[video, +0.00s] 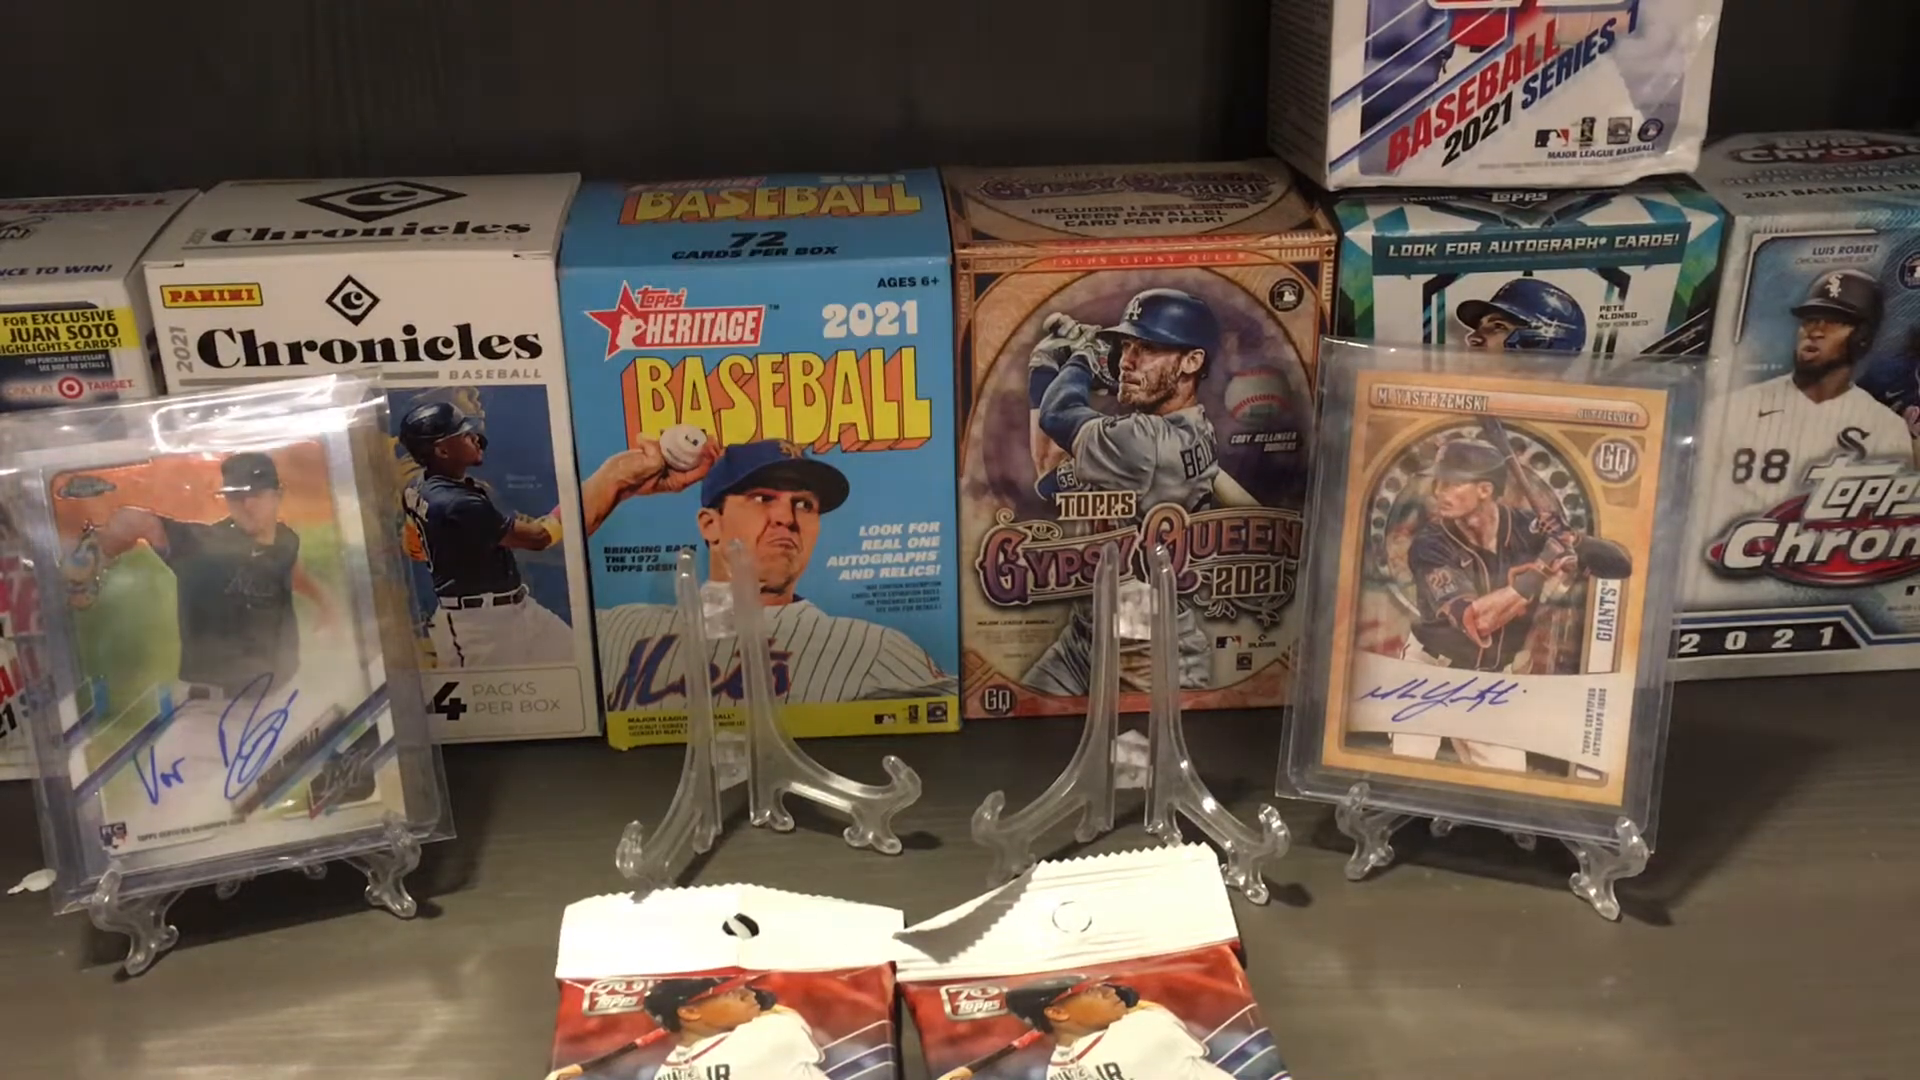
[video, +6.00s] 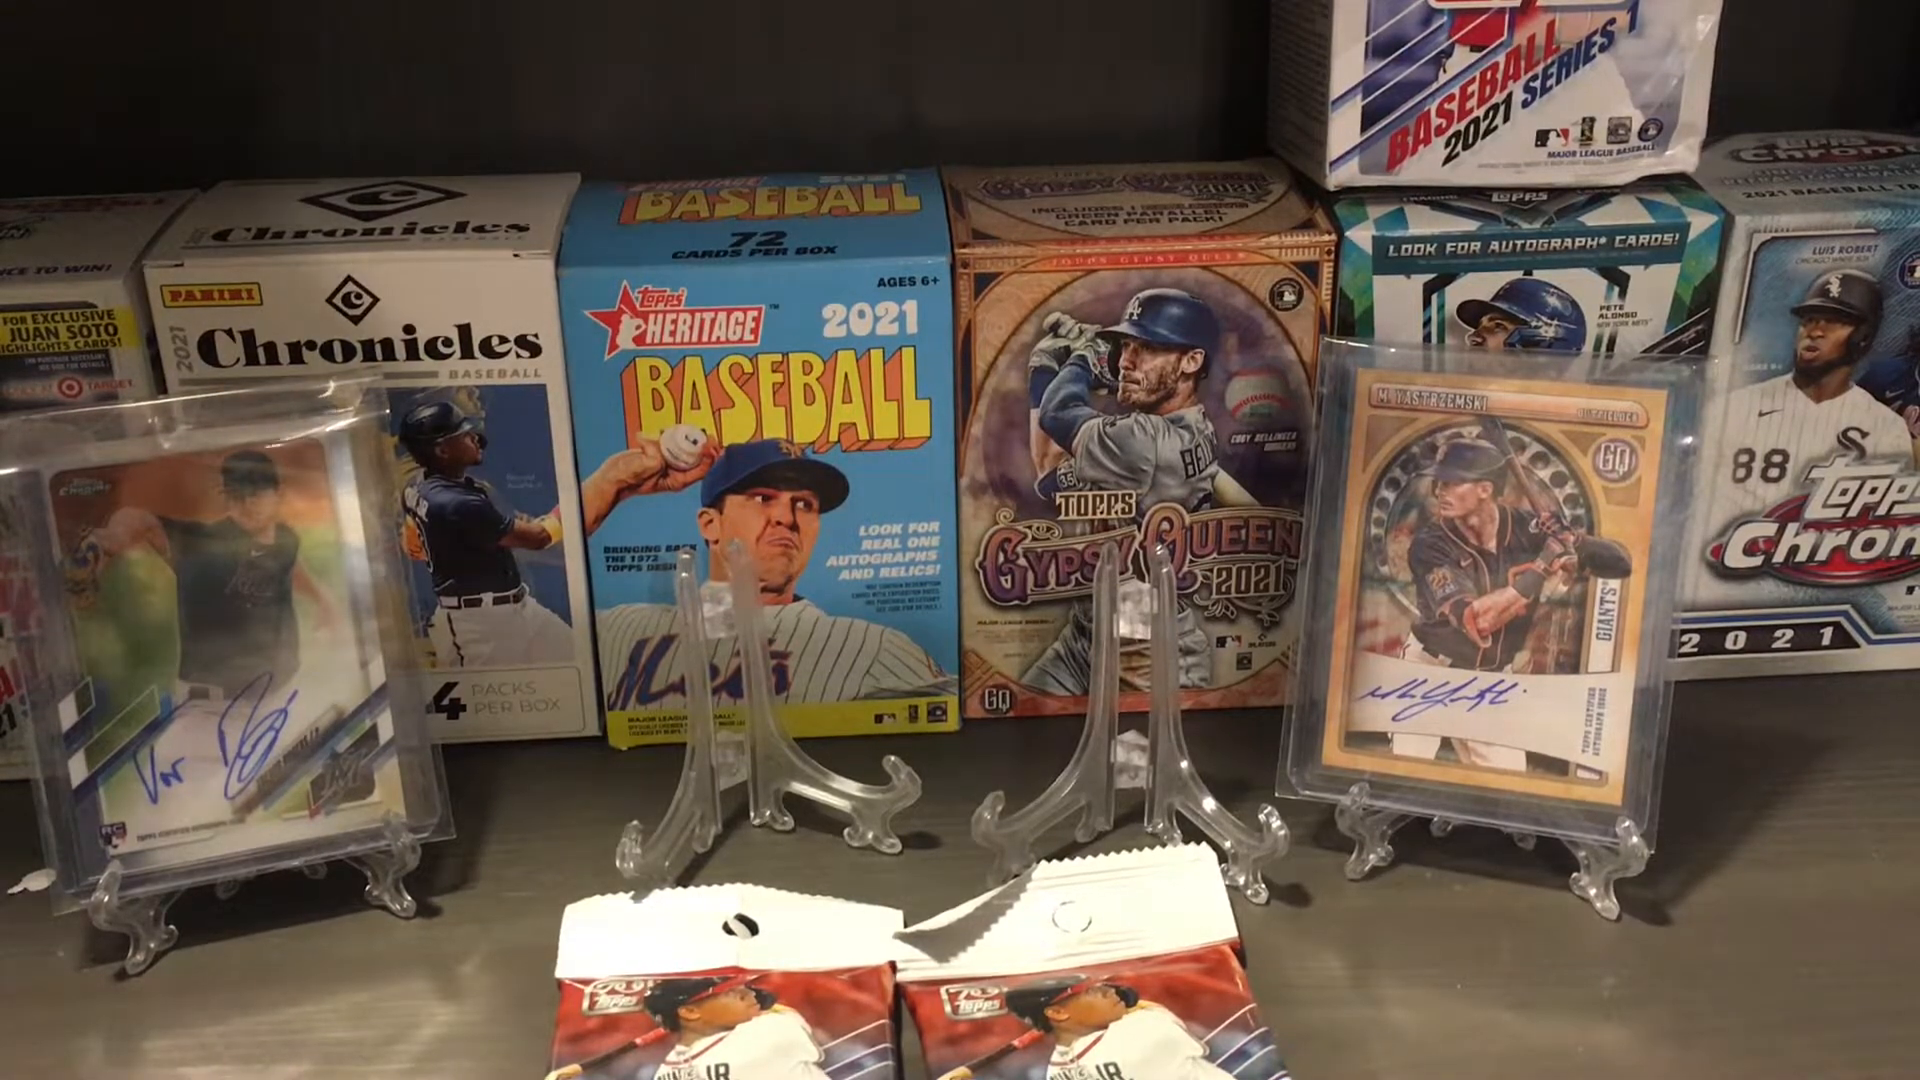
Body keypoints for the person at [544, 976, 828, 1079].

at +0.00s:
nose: (742, 993)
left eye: (732, 986)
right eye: (724, 993)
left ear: (690, 1015)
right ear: (691, 1014)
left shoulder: (666, 1072)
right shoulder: (777, 1034)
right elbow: (780, 1008)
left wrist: (577, 1072)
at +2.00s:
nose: (744, 993)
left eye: (734, 986)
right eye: (726, 993)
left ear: (690, 1015)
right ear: (691, 1014)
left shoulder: (666, 1072)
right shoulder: (778, 1034)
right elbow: (780, 1008)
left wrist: (579, 1071)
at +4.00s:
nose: (746, 994)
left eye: (739, 987)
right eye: (730, 994)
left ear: (689, 1015)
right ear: (692, 1015)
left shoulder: (665, 1071)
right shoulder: (778, 1034)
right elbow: (779, 1008)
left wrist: (578, 1072)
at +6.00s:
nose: (743, 992)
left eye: (733, 986)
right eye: (725, 993)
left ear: (690, 1014)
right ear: (691, 1014)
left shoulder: (665, 1071)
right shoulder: (778, 1032)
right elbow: (779, 1007)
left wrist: (578, 1071)